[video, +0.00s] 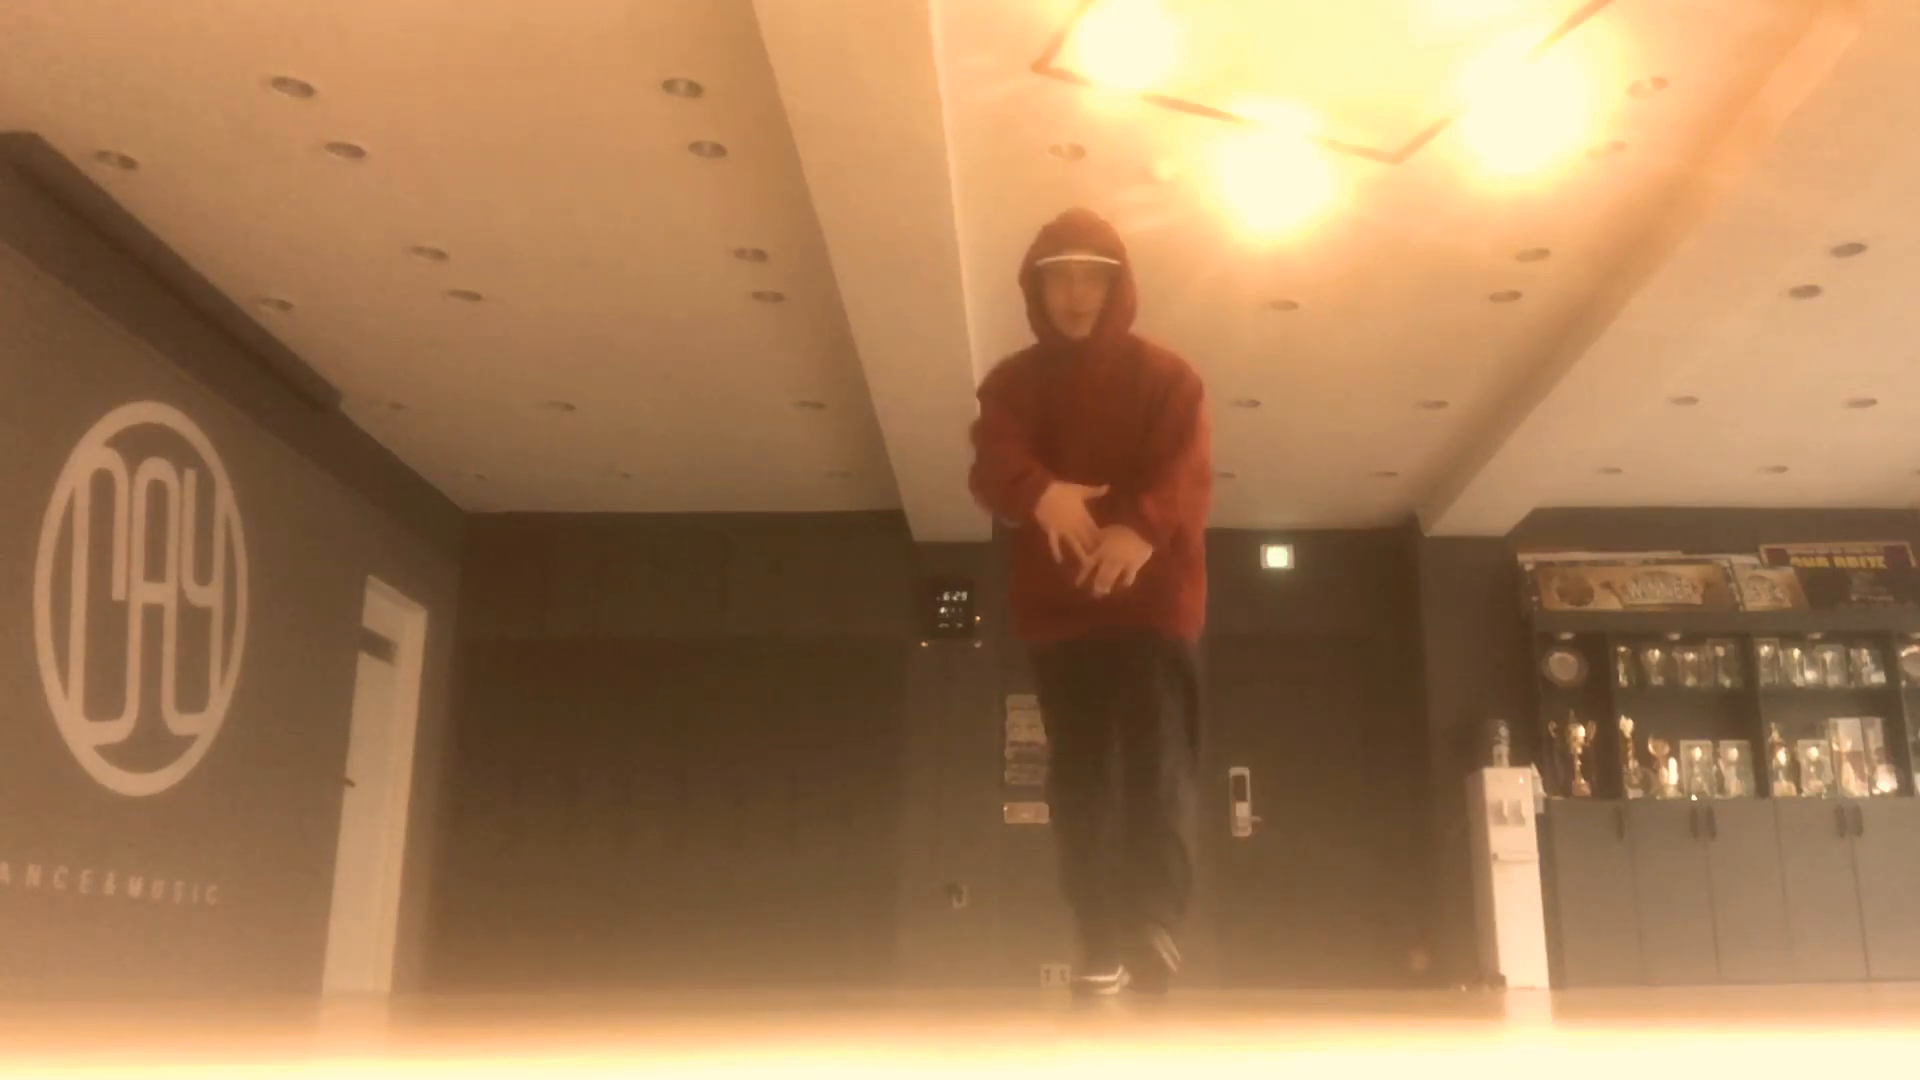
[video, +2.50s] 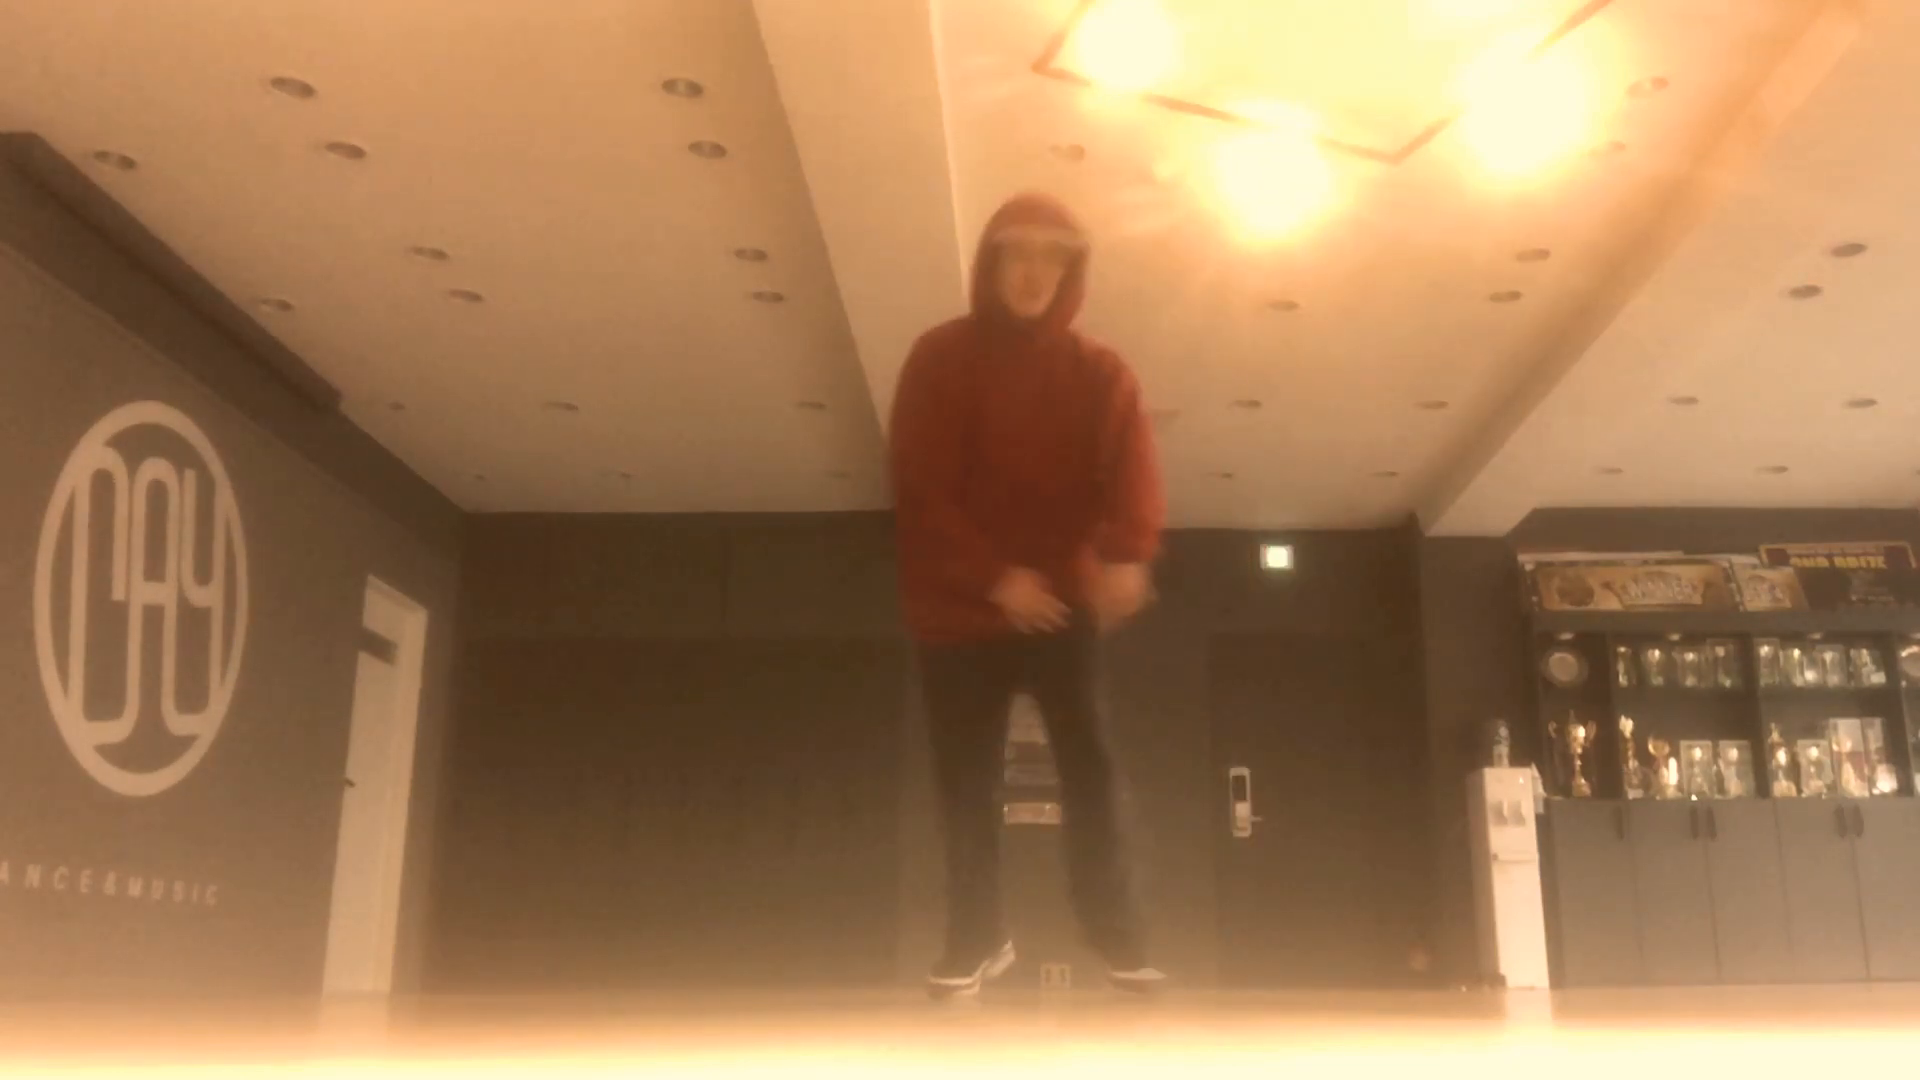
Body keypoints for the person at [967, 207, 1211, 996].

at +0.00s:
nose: (1072, 295)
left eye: (1089, 278)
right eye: (1056, 278)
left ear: (1116, 286)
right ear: (1034, 289)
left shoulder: (1167, 377)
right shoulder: (1011, 382)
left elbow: (1186, 472)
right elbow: (992, 465)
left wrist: (1141, 529)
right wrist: (1042, 492)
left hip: (1152, 612)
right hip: (1060, 614)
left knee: (1158, 766)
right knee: (1079, 774)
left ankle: (1157, 923)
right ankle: (1099, 940)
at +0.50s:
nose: (1236, 269)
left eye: (1257, 257)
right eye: (1228, 243)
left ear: (1269, 278)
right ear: (1191, 238)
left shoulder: (1235, 392)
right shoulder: (1095, 315)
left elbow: (1239, 530)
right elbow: (1017, 414)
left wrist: (1270, 632)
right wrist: (989, 519)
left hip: (1139, 589)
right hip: (1034, 574)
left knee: (1134, 745)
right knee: (1013, 753)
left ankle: (1135, 939)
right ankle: (1003, 917)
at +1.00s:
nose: (1201, 241)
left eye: (1218, 227)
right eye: (1185, 220)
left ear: (1232, 248)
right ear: (1145, 223)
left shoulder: (1234, 372)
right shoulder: (1086, 302)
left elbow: (1297, 495)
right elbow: (981, 366)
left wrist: (1366, 580)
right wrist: (939, 411)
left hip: (1181, 592)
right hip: (1070, 558)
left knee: (1162, 771)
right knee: (1044, 727)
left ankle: (1110, 941)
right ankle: (892, 884)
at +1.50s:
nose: (1070, 193)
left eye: (1087, 169)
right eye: (1049, 179)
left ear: (1125, 172)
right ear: (1030, 201)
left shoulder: (1199, 257)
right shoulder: (1045, 323)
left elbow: (1241, 228)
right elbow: (1015, 458)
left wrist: (1184, 156)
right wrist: (1008, 574)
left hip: (1269, 511)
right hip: (1147, 519)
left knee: (1245, 734)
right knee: (1213, 713)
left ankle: (1141, 904)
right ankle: (1287, 930)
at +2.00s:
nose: (1137, 235)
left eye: (1155, 218)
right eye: (1120, 214)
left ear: (1174, 233)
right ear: (1082, 223)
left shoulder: (1199, 345)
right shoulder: (1021, 340)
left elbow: (1259, 481)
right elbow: (974, 448)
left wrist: (1272, 609)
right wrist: (1036, 461)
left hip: (1197, 578)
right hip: (1084, 577)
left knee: (1201, 763)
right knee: (1125, 709)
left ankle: (1140, 931)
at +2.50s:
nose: (1031, 274)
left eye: (1050, 260)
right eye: (1015, 257)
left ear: (1070, 272)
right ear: (989, 264)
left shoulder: (1099, 372)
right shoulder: (940, 360)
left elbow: (1134, 476)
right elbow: (921, 496)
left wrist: (1122, 555)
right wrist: (995, 576)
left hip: (1066, 602)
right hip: (961, 608)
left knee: (1089, 764)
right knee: (966, 777)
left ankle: (1116, 936)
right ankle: (976, 939)